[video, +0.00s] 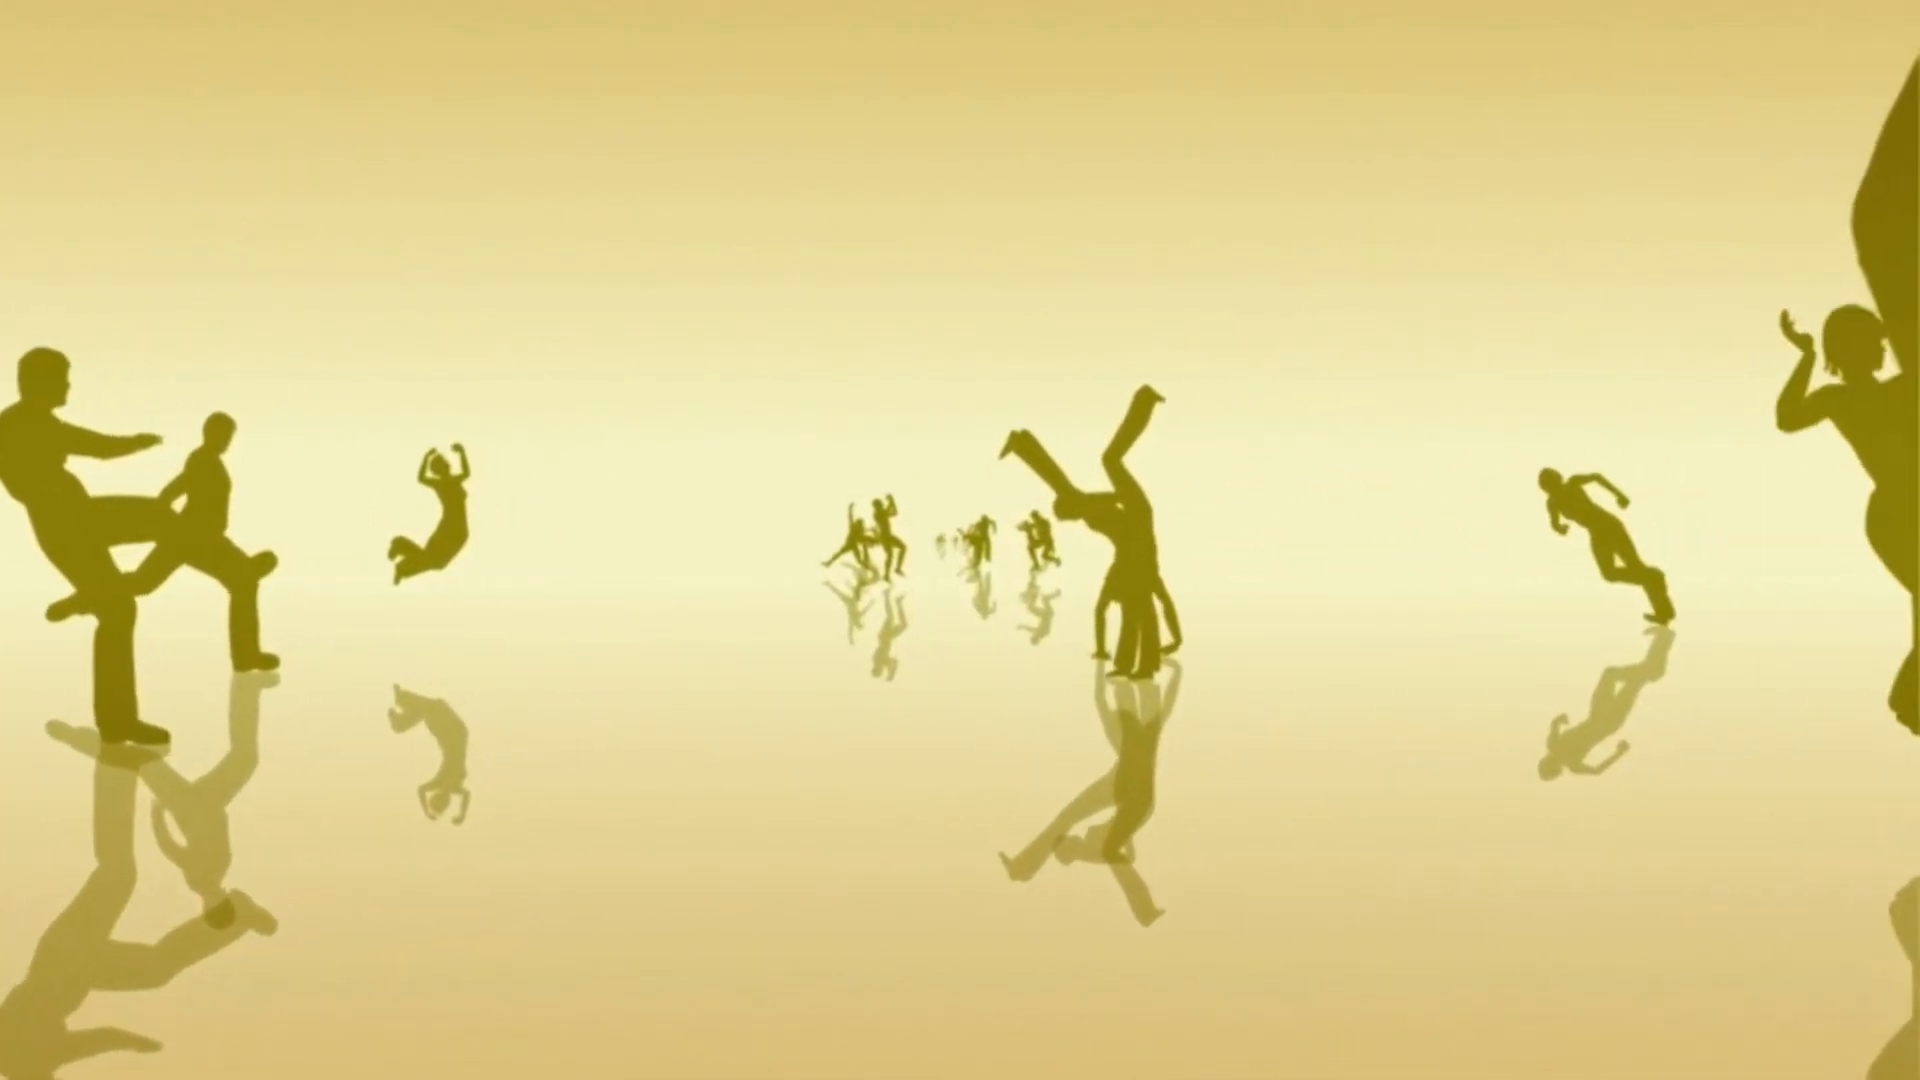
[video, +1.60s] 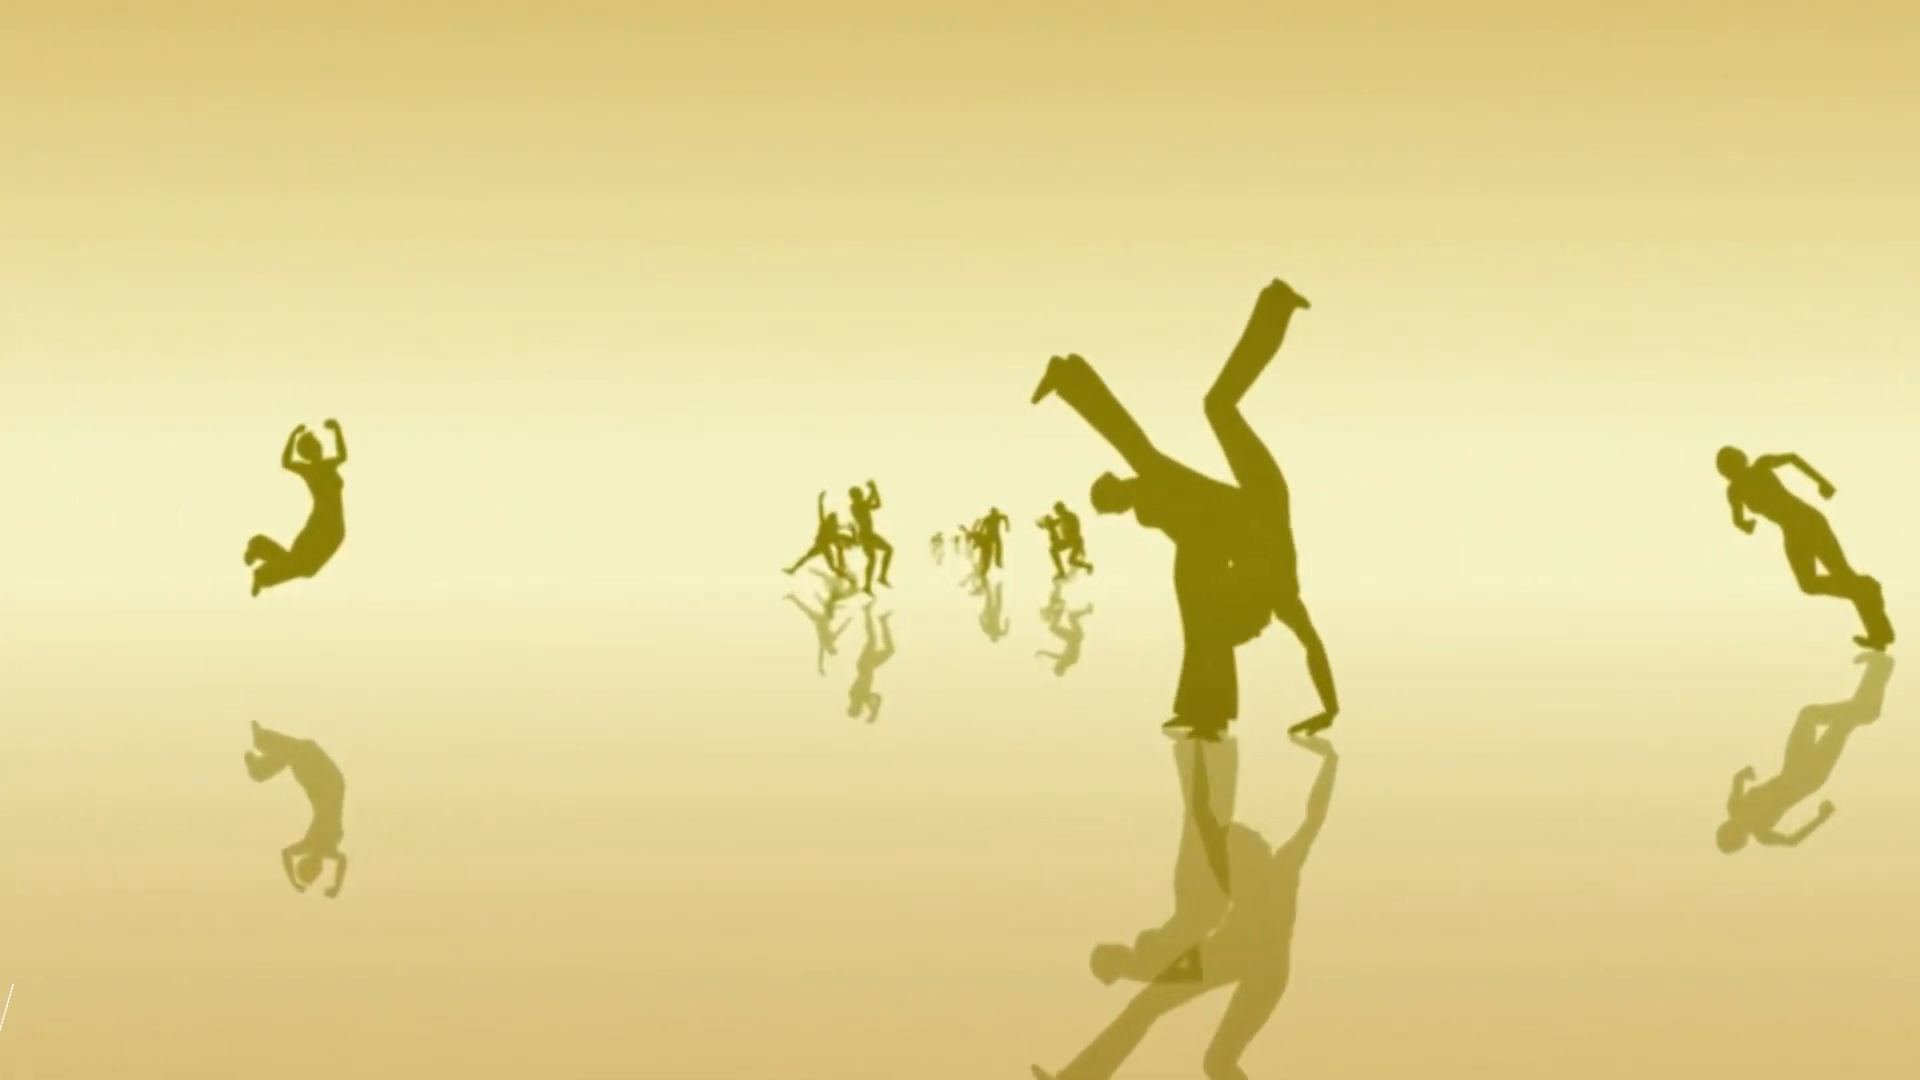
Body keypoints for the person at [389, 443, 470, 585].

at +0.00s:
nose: (443, 466)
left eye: (443, 462)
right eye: (439, 464)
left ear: (448, 463)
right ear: (435, 469)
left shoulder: (455, 481)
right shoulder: (438, 483)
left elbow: (466, 473)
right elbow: (421, 478)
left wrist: (462, 453)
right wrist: (426, 458)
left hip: (461, 528)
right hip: (447, 525)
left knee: (440, 563)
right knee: (431, 558)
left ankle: (403, 570)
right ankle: (401, 545)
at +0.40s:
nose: (416, 464)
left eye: (416, 459)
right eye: (411, 462)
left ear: (421, 460)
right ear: (407, 466)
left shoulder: (428, 477)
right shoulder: (410, 480)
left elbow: (439, 470)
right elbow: (392, 475)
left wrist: (435, 448)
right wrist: (398, 453)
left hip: (434, 528)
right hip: (420, 524)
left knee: (412, 564)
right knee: (402, 559)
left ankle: (374, 571)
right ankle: (371, 545)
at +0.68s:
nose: (393, 459)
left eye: (392, 454)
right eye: (387, 457)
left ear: (397, 456)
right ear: (382, 462)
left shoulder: (404, 475)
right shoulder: (386, 478)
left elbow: (416, 467)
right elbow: (367, 472)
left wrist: (412, 444)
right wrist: (373, 449)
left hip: (411, 528)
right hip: (396, 523)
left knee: (387, 566)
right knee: (377, 560)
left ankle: (347, 573)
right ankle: (345, 545)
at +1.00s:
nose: (369, 456)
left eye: (370, 452)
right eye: (364, 454)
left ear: (374, 453)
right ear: (359, 459)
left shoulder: (382, 472)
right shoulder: (363, 475)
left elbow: (395, 464)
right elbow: (343, 469)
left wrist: (390, 439)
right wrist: (350, 445)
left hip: (389, 527)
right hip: (374, 522)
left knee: (364, 567)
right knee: (354, 561)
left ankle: (323, 574)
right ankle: (320, 545)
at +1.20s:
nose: (352, 453)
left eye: (353, 449)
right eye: (347, 451)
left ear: (358, 450)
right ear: (342, 457)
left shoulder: (365, 470)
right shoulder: (346, 473)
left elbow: (378, 461)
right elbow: (326, 468)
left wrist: (373, 437)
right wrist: (332, 442)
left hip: (373, 526)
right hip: (357, 522)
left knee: (347, 568)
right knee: (335, 561)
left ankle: (304, 575)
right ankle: (301, 545)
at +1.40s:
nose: (334, 449)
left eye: (334, 445)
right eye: (329, 447)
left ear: (339, 447)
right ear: (324, 454)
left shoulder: (346, 468)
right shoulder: (327, 471)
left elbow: (361, 459)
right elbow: (306, 465)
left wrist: (356, 433)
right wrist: (313, 439)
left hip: (354, 525)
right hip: (338, 520)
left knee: (328, 568)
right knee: (317, 562)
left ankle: (285, 576)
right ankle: (282, 546)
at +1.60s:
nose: (315, 447)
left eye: (315, 442)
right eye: (309, 445)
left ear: (320, 444)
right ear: (304, 451)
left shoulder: (328, 465)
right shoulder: (307, 469)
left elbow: (342, 457)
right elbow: (286, 463)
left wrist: (337, 430)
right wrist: (293, 436)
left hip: (336, 525)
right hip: (319, 521)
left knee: (309, 569)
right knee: (297, 562)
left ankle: (264, 577)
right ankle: (260, 546)